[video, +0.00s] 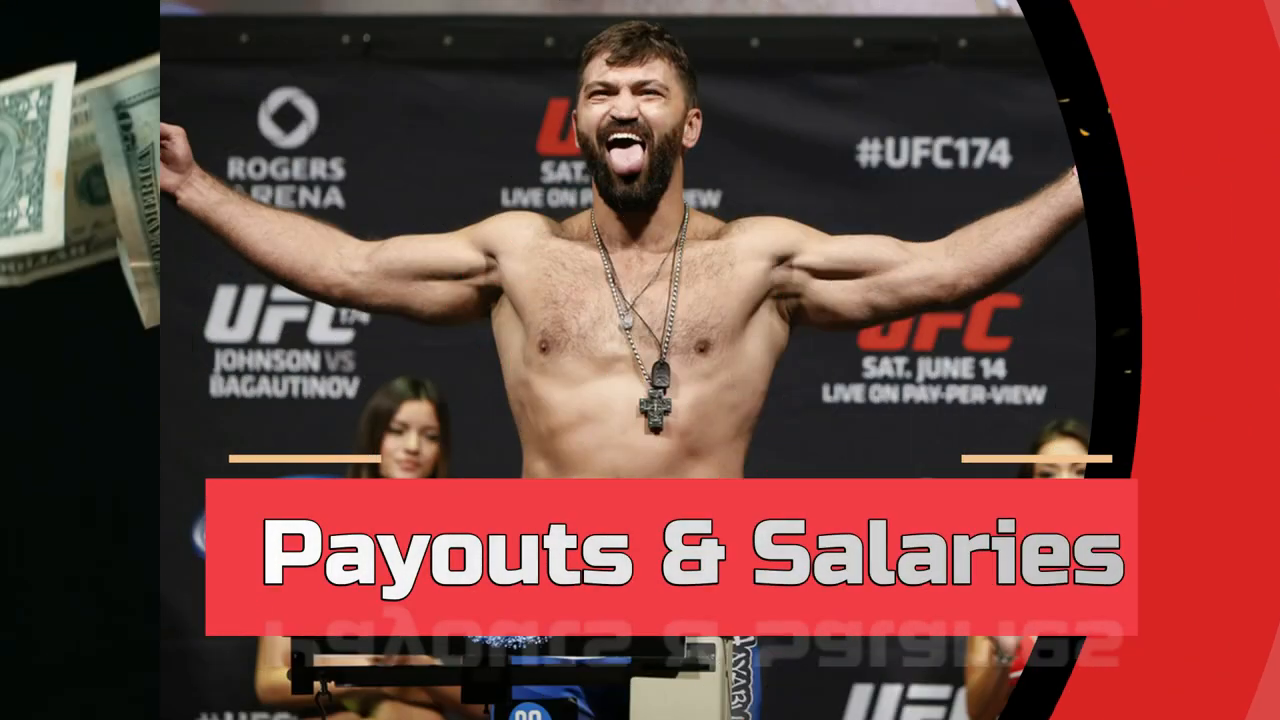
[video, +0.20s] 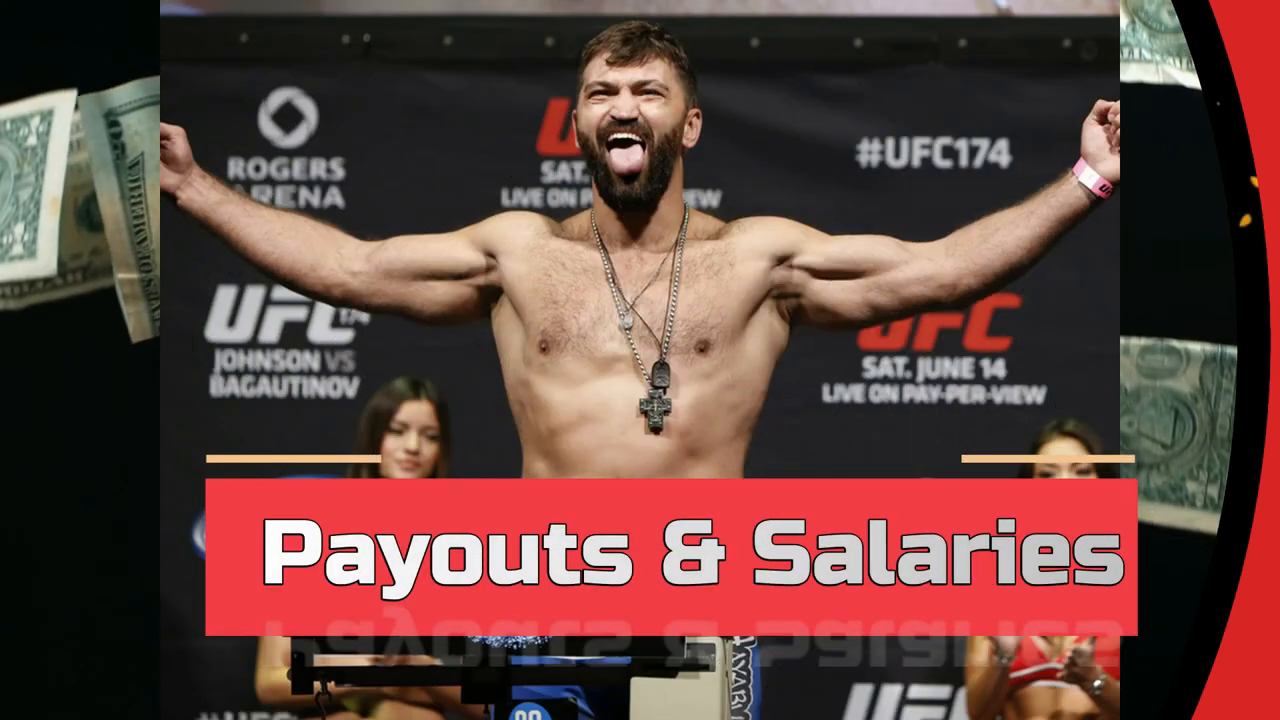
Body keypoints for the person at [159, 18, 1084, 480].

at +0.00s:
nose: (624, 106)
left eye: (648, 90)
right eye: (604, 91)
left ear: (689, 124)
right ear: (573, 126)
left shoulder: (766, 253)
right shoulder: (511, 249)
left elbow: (946, 268)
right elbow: (346, 267)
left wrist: (1089, 181)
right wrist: (196, 190)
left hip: (709, 582)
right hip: (547, 580)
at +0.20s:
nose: (624, 107)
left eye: (648, 93)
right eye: (604, 92)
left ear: (690, 125)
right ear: (573, 123)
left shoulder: (764, 254)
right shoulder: (512, 247)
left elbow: (940, 269)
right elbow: (348, 267)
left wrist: (1080, 184)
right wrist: (196, 190)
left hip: (705, 596)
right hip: (543, 590)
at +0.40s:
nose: (624, 108)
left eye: (648, 93)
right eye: (605, 92)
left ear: (690, 125)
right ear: (574, 123)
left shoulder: (764, 254)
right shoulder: (511, 248)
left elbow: (939, 270)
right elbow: (348, 267)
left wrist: (1081, 184)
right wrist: (197, 191)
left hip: (704, 596)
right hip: (542, 590)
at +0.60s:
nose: (623, 107)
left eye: (647, 93)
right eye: (604, 92)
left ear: (690, 125)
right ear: (574, 124)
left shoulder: (764, 254)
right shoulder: (512, 246)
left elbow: (939, 269)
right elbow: (348, 267)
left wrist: (1082, 185)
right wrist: (196, 190)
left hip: (702, 595)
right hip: (542, 590)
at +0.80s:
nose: (624, 108)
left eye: (648, 93)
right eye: (604, 92)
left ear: (691, 126)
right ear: (574, 124)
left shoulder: (764, 254)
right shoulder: (512, 247)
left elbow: (941, 269)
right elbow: (348, 267)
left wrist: (1084, 182)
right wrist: (197, 191)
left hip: (701, 596)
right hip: (542, 592)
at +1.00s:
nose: (624, 108)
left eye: (648, 93)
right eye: (605, 92)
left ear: (691, 126)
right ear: (574, 124)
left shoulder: (764, 254)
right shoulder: (512, 247)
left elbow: (940, 269)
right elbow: (347, 267)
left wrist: (1083, 184)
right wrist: (196, 190)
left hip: (702, 596)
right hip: (542, 591)